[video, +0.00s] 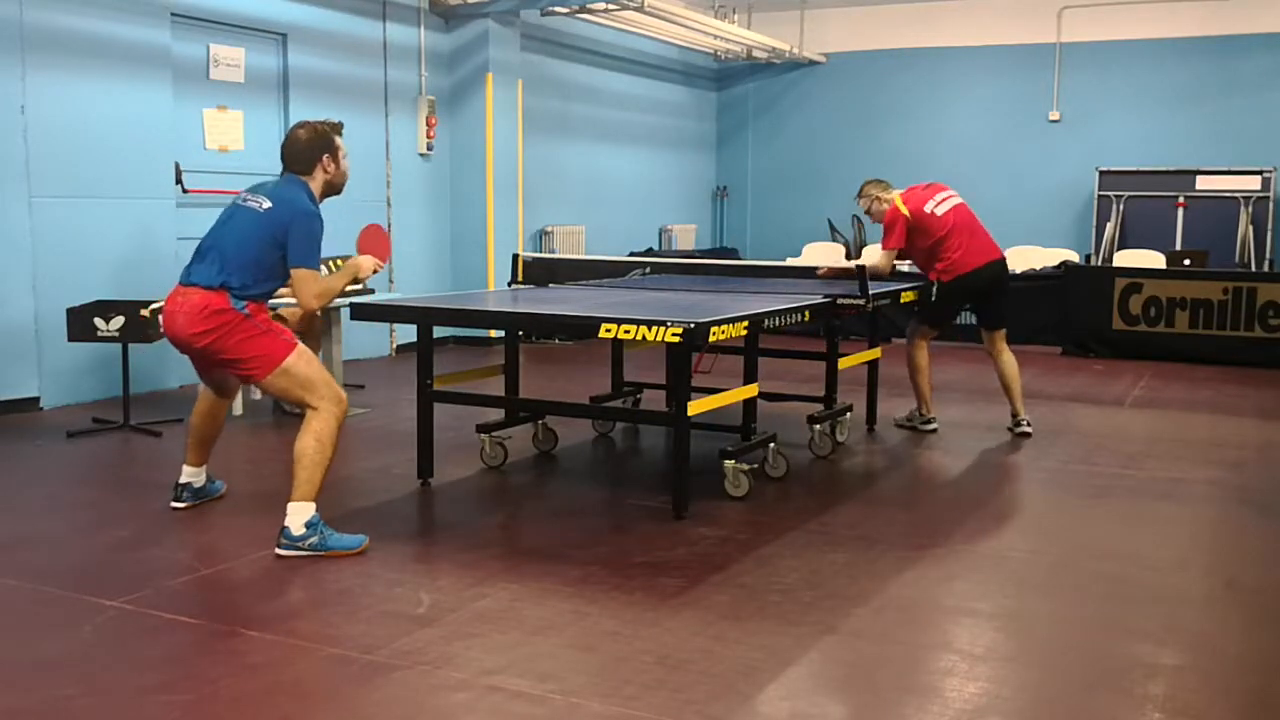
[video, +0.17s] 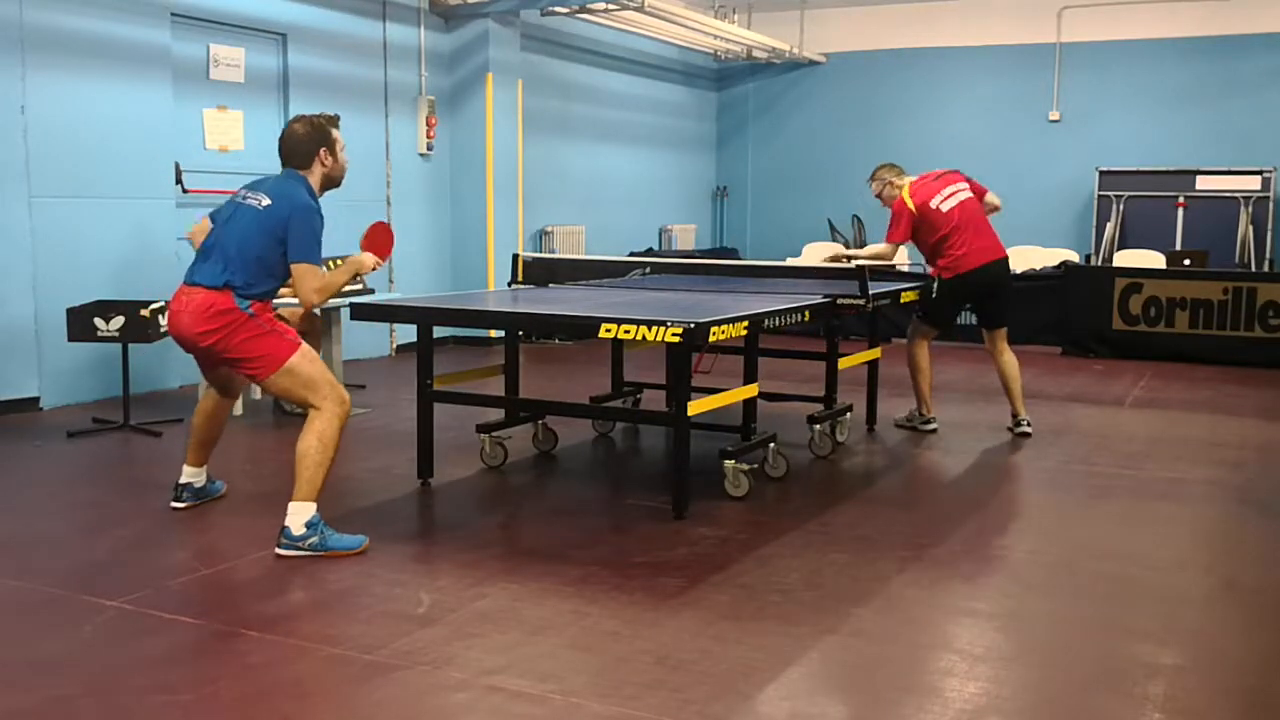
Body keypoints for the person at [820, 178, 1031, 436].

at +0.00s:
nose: (873, 219)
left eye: (870, 212)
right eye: (868, 214)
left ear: (882, 197)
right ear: (889, 191)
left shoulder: (896, 210)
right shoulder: (931, 188)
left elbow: (882, 269)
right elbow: (925, 249)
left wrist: (844, 271)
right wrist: (892, 254)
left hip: (955, 276)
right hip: (994, 266)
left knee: (918, 338)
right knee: (998, 345)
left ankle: (924, 414)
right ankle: (1021, 417)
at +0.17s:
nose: (882, 203)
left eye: (880, 195)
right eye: (878, 198)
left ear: (891, 183)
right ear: (900, 178)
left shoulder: (904, 201)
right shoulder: (950, 175)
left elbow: (888, 252)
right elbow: (993, 203)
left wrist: (849, 254)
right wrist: (960, 220)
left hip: (957, 272)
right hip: (996, 263)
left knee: (918, 337)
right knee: (1000, 345)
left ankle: (924, 413)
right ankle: (1021, 417)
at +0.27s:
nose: (890, 190)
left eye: (889, 181)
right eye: (887, 184)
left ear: (904, 169)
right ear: (913, 166)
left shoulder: (912, 192)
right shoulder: (961, 167)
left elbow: (890, 240)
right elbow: (1005, 190)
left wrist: (851, 233)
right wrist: (971, 203)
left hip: (957, 269)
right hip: (997, 262)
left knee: (922, 337)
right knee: (1001, 344)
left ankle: (924, 413)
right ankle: (1021, 417)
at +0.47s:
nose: (905, 163)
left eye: (907, 156)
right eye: (904, 157)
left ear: (924, 151)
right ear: (933, 150)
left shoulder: (922, 177)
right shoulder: (979, 158)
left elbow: (887, 214)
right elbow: (1021, 179)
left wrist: (869, 188)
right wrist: (988, 184)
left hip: (962, 267)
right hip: (1002, 261)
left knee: (926, 335)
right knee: (1005, 341)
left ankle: (925, 412)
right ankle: (1021, 417)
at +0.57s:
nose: (909, 162)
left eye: (912, 155)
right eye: (909, 156)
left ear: (929, 151)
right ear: (939, 150)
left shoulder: (925, 178)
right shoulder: (982, 159)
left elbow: (888, 211)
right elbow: (1027, 176)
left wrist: (874, 190)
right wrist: (995, 180)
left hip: (963, 267)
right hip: (1003, 262)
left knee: (925, 335)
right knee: (1006, 341)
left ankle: (925, 412)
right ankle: (1021, 417)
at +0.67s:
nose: (909, 172)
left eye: (910, 164)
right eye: (907, 165)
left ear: (927, 159)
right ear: (937, 158)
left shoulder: (924, 186)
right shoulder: (980, 165)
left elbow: (894, 220)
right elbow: (1030, 171)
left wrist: (879, 207)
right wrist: (1000, 177)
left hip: (964, 273)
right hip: (1003, 267)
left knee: (919, 336)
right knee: (1001, 346)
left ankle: (925, 412)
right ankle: (1020, 417)